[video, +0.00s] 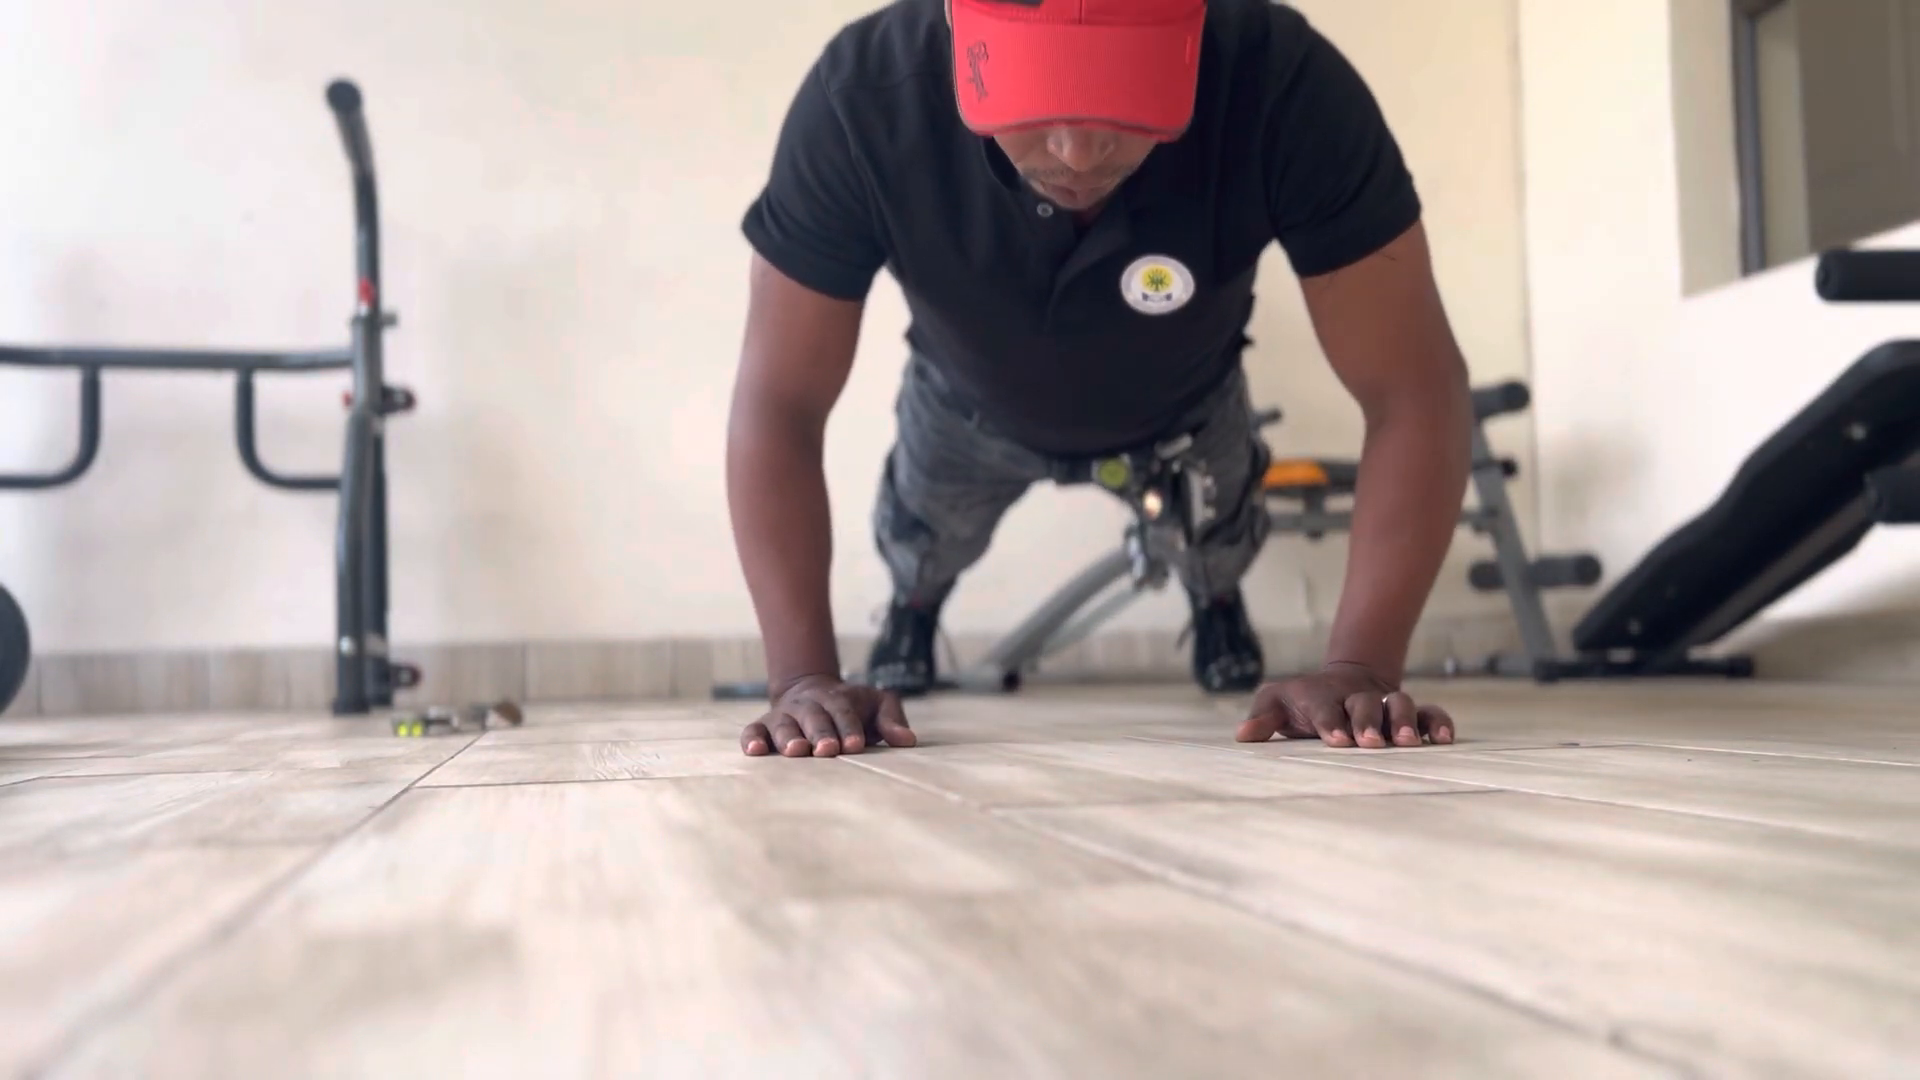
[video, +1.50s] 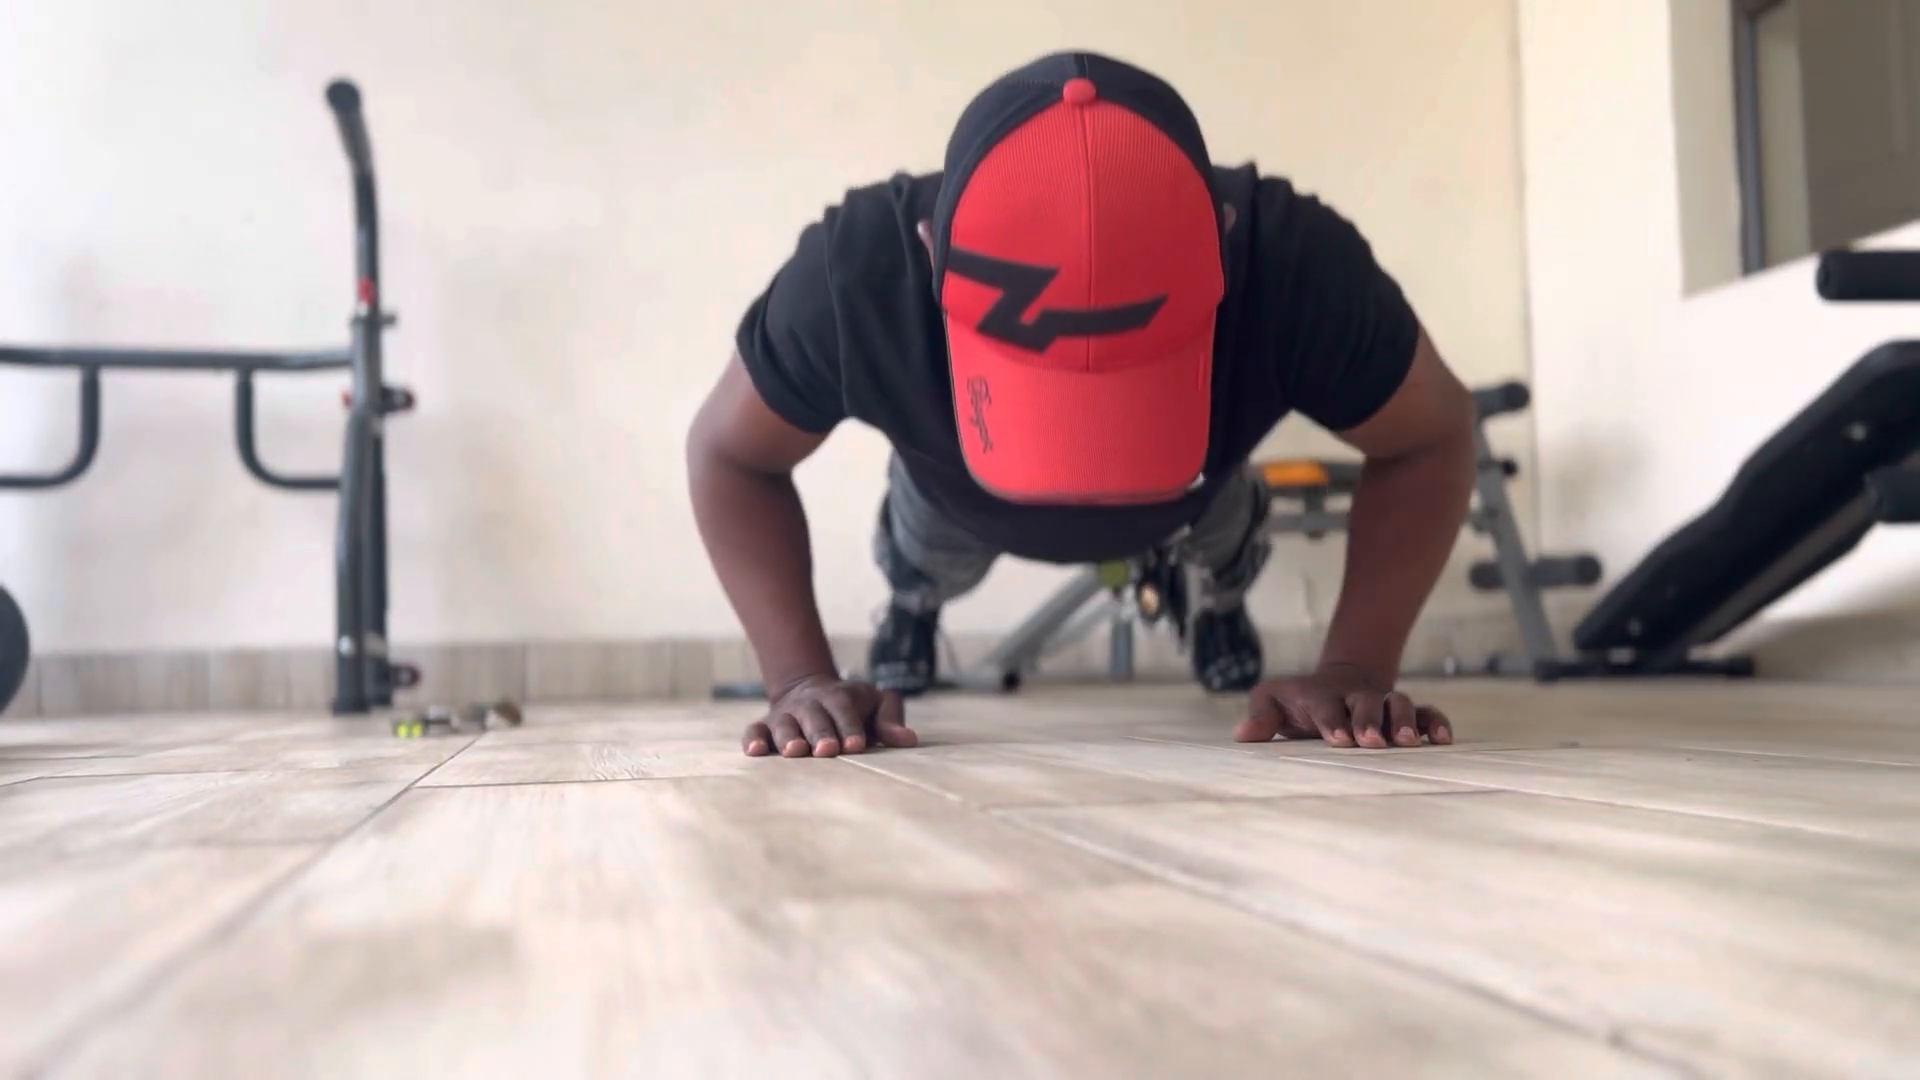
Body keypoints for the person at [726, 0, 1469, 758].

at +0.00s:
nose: (1074, 155)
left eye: (1118, 119)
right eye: (1032, 118)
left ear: (1184, 56)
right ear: (961, 54)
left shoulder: (1281, 83)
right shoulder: (866, 96)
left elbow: (1418, 390)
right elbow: (777, 407)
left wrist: (1359, 668)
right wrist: (799, 682)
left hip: (1184, 407)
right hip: (972, 406)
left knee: (1217, 530)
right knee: (928, 535)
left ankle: (1219, 610)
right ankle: (915, 621)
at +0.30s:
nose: (1090, 511)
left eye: (1131, 470)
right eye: (1053, 475)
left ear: (1221, 308)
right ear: (951, 327)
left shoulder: (1299, 311)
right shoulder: (867, 326)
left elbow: (1441, 450)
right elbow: (718, 469)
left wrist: (1361, 671)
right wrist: (794, 681)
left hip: (1203, 527)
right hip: (971, 530)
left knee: (1230, 567)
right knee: (922, 579)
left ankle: (1217, 610)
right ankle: (909, 621)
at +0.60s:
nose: (1091, 661)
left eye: (1139, 626)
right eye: (1054, 629)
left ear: (1233, 468)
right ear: (957, 466)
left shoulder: (1308, 413)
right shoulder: (868, 427)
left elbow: (1455, 443)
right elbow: (705, 457)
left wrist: (1358, 672)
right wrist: (796, 680)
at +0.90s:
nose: (1076, 264)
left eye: (1124, 226)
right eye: (1030, 220)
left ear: (1196, 157)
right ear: (958, 155)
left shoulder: (1295, 179)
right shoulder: (866, 189)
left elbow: (1417, 417)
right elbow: (746, 434)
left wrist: (1353, 669)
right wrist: (801, 682)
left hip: (1192, 460)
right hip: (971, 464)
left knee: (1225, 537)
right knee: (931, 553)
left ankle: (1221, 604)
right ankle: (917, 616)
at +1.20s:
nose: (1066, 67)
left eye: (1112, 40)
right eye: (1021, 38)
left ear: (1182, 7)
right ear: (956, 8)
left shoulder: (1288, 29)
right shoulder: (859, 40)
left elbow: (1356, 364)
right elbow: (815, 379)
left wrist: (1347, 667)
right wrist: (809, 678)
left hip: (1185, 390)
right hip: (972, 393)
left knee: (1219, 521)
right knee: (932, 529)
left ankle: (1220, 605)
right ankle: (919, 612)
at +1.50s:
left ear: (1213, 284)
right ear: (947, 285)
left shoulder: (1297, 268)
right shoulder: (858, 278)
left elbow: (1432, 436)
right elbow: (729, 456)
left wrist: (1356, 670)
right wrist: (797, 682)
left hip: (1193, 483)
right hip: (961, 492)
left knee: (1219, 544)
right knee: (926, 566)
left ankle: (1214, 595)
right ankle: (916, 609)